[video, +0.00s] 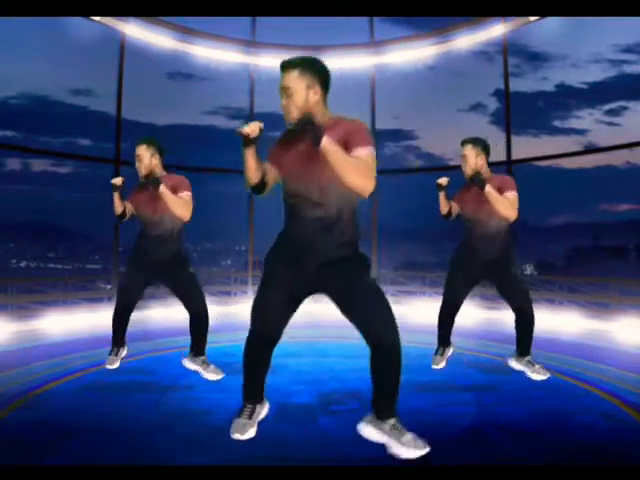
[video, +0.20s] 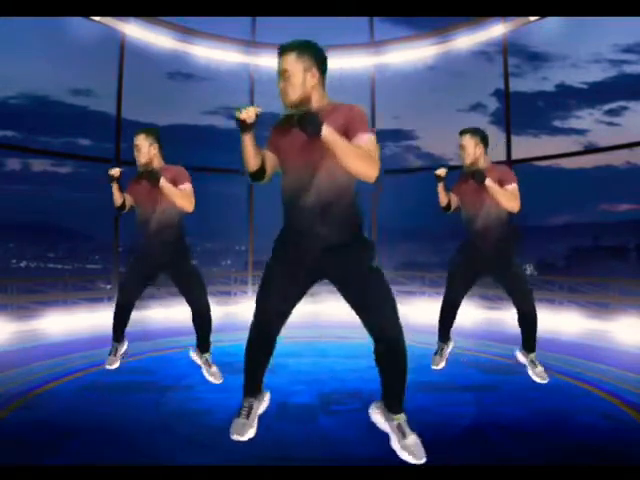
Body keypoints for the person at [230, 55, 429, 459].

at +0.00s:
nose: (281, 100)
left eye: (288, 91)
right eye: (281, 92)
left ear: (315, 91)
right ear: (298, 94)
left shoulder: (352, 132)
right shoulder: (288, 142)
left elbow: (365, 184)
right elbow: (259, 184)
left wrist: (323, 139)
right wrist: (250, 146)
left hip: (341, 261)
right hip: (291, 260)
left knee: (386, 337)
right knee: (261, 335)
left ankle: (382, 418)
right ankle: (252, 405)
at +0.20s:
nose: (283, 82)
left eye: (289, 74)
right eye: (280, 75)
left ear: (315, 75)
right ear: (284, 80)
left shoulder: (350, 116)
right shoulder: (282, 130)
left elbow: (369, 170)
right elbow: (259, 172)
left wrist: (322, 130)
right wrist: (247, 132)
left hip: (346, 248)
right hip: (295, 249)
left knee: (389, 333)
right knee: (264, 326)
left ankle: (393, 412)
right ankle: (252, 400)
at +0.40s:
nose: (296, 91)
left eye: (302, 82)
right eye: (296, 83)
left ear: (329, 81)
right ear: (315, 84)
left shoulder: (369, 116)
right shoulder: (306, 136)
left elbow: (382, 164)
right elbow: (281, 177)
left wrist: (328, 126)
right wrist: (269, 136)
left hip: (370, 254)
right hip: (323, 253)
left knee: (394, 347)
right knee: (279, 327)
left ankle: (427, 437)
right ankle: (283, 413)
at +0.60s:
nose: (314, 100)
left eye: (320, 91)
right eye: (314, 92)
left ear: (347, 91)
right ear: (338, 94)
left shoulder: (385, 128)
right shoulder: (326, 142)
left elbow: (394, 186)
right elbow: (318, 200)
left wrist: (341, 152)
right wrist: (291, 174)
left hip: (384, 268)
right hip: (335, 266)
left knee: (405, 362)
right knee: (285, 332)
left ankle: (427, 441)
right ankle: (285, 414)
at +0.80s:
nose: (332, 90)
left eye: (339, 81)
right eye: (330, 83)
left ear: (366, 82)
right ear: (332, 87)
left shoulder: (400, 124)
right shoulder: (324, 131)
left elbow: (412, 173)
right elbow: (276, 151)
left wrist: (366, 127)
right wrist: (251, 127)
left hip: (387, 264)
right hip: (334, 263)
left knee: (409, 357)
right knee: (290, 333)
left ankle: (427, 440)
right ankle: (287, 416)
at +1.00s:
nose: (312, 90)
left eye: (319, 82)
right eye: (311, 83)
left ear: (345, 84)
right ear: (321, 87)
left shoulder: (377, 125)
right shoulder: (320, 132)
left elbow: (388, 187)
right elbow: (298, 167)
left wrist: (345, 141)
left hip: (363, 259)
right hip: (324, 258)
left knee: (383, 350)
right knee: (286, 333)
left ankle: (430, 440)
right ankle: (290, 420)